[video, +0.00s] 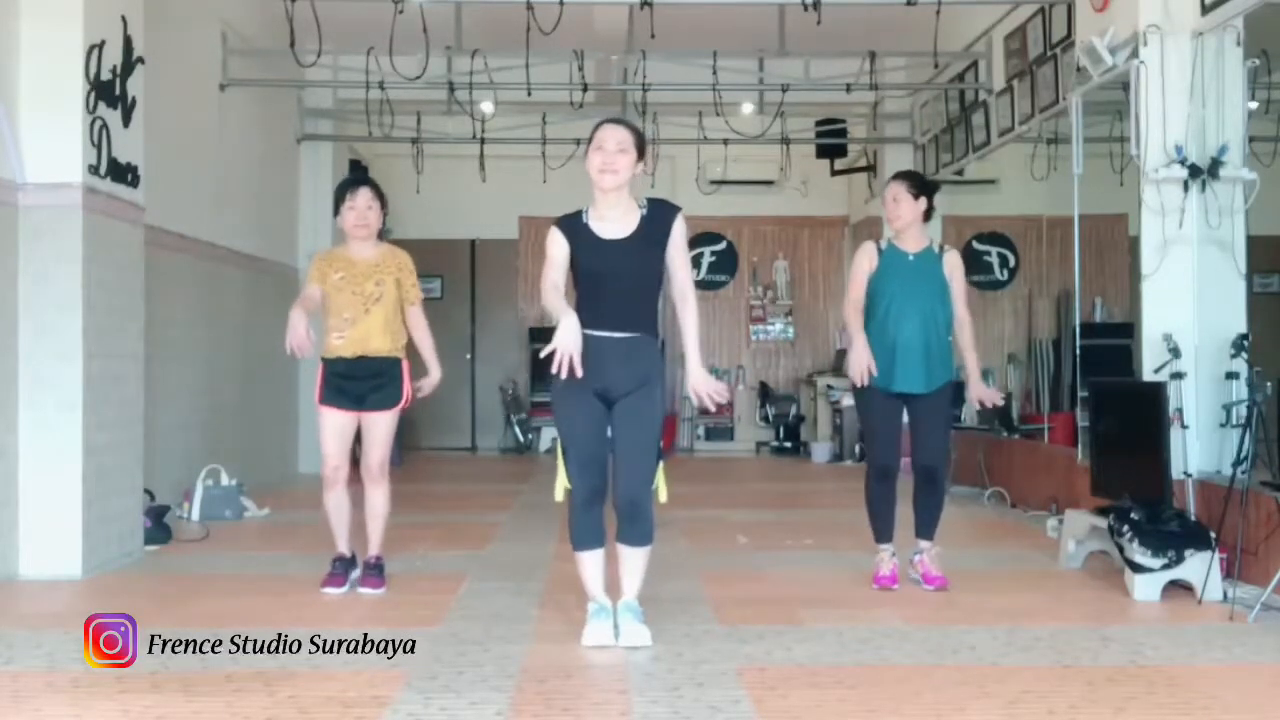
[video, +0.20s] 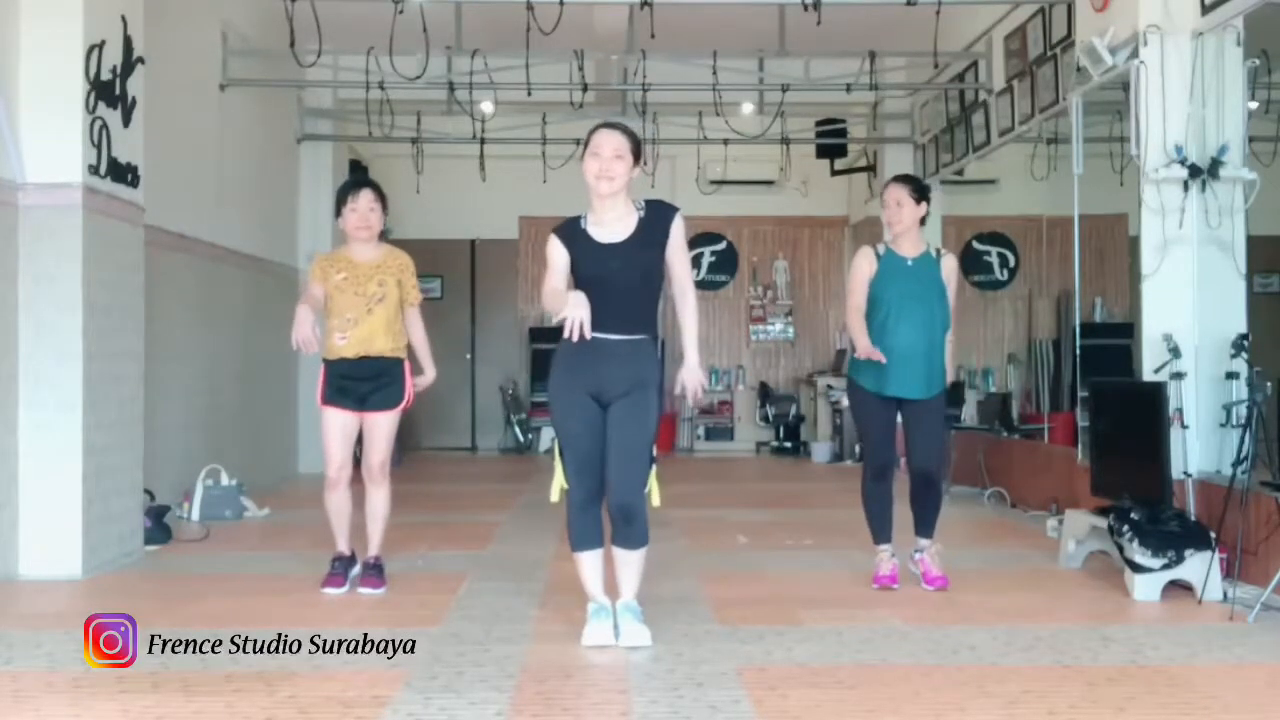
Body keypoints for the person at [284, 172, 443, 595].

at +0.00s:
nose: (361, 214)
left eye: (370, 207)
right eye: (351, 207)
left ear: (382, 216)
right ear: (339, 216)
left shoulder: (398, 260)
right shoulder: (326, 262)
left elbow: (415, 316)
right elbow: (309, 300)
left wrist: (433, 366)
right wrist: (297, 314)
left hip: (386, 371)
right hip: (338, 371)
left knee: (375, 469)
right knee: (334, 470)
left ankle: (373, 559)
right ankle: (342, 556)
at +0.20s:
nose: (363, 217)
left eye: (372, 209)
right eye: (354, 210)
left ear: (383, 218)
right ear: (340, 219)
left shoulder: (399, 262)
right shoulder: (326, 264)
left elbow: (413, 316)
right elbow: (312, 299)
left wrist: (428, 366)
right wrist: (304, 315)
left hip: (388, 371)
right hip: (340, 372)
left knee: (376, 469)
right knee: (336, 472)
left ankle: (373, 559)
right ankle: (342, 556)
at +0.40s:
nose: (363, 217)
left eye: (372, 210)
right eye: (353, 210)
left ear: (383, 218)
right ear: (341, 220)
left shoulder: (399, 264)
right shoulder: (326, 266)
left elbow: (413, 319)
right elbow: (311, 307)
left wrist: (427, 368)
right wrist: (302, 321)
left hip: (388, 371)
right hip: (340, 372)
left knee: (377, 468)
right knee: (335, 472)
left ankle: (373, 558)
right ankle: (342, 555)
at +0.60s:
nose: (358, 211)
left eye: (368, 204)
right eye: (350, 204)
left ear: (382, 214)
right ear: (338, 214)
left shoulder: (397, 261)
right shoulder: (323, 264)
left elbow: (406, 319)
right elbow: (306, 321)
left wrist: (408, 367)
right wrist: (293, 370)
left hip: (382, 368)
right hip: (333, 369)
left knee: (372, 468)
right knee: (335, 471)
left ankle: (374, 559)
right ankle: (345, 558)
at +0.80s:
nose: (354, 210)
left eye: (364, 203)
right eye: (346, 203)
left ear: (378, 213)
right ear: (334, 213)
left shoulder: (391, 260)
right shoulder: (320, 264)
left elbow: (393, 306)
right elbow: (304, 326)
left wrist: (382, 326)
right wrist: (290, 386)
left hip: (372, 367)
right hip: (325, 367)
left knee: (365, 469)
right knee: (338, 471)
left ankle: (372, 559)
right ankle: (345, 560)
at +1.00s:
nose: (350, 213)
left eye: (360, 207)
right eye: (343, 206)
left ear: (375, 216)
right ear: (331, 214)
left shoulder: (387, 262)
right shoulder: (319, 265)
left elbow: (379, 317)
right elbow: (308, 330)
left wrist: (369, 316)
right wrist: (297, 383)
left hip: (367, 369)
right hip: (322, 368)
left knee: (360, 469)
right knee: (335, 471)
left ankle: (371, 558)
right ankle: (345, 560)